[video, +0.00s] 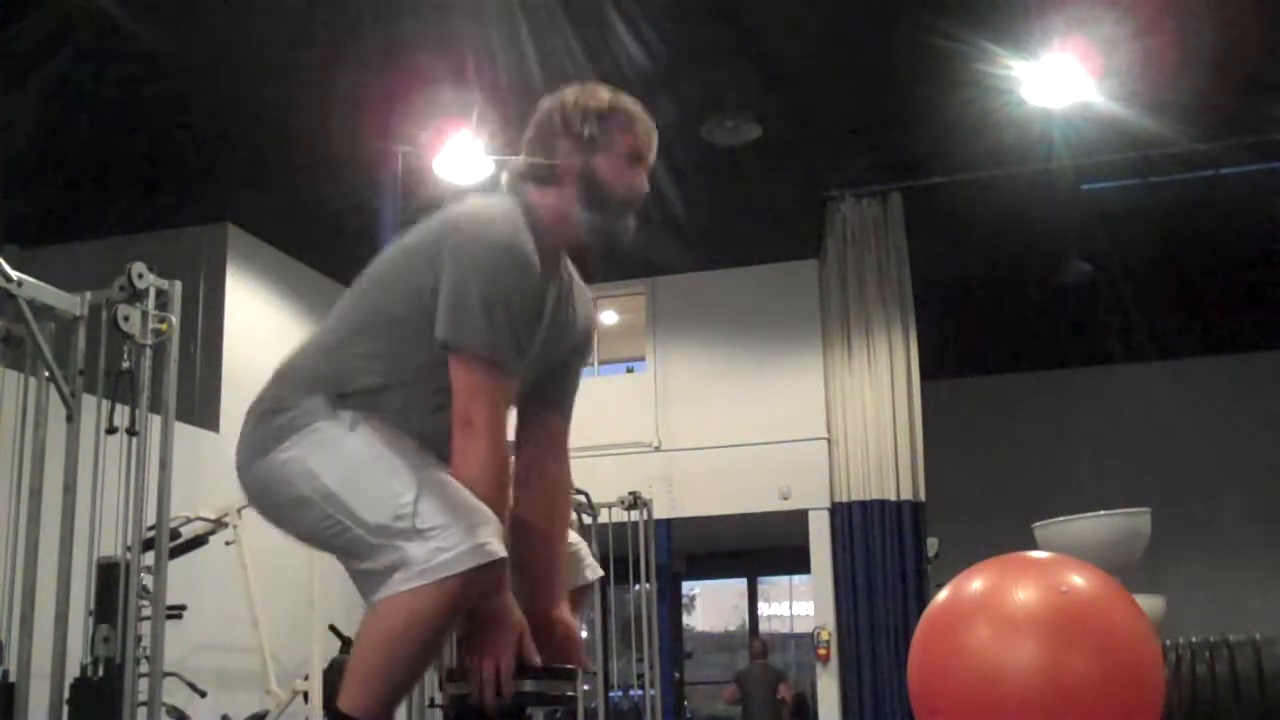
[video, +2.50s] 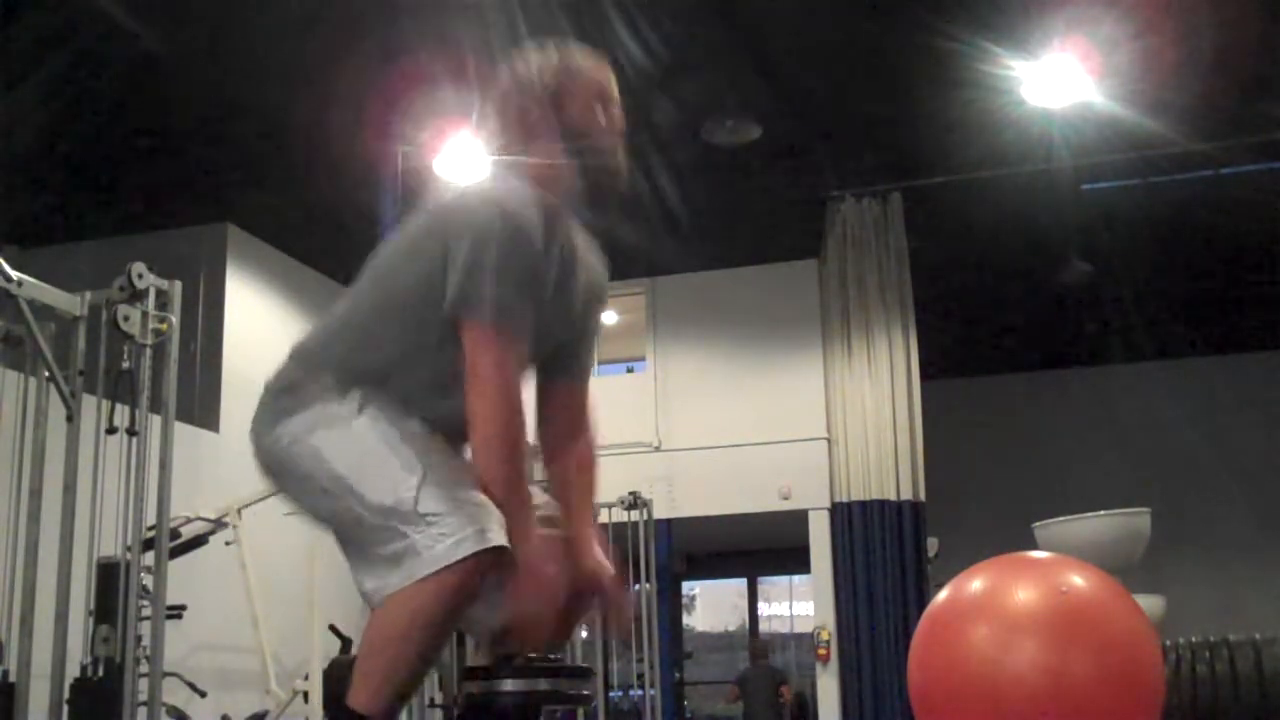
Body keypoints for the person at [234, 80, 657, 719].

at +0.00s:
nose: (645, 186)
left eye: (648, 168)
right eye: (632, 161)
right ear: (571, 154)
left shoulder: (572, 305)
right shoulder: (493, 237)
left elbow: (543, 460)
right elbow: (474, 430)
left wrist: (547, 605)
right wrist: (488, 601)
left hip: (397, 446)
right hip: (307, 427)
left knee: (566, 570)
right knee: (459, 548)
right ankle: (355, 709)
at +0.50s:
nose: (604, 192)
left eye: (601, 177)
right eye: (584, 174)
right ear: (527, 186)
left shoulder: (567, 342)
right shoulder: (477, 286)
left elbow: (541, 494)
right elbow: (468, 475)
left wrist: (540, 636)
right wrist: (477, 640)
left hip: (392, 497)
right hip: (291, 485)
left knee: (574, 576)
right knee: (456, 546)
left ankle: (484, 710)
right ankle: (355, 711)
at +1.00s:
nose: (554, 47)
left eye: (552, 31)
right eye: (533, 26)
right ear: (473, 38)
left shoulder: (530, 208)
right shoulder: (436, 142)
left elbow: (523, 352)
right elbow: (454, 320)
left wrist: (536, 485)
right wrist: (475, 472)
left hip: (389, 388)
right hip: (304, 371)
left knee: (505, 544)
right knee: (416, 528)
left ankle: (474, 703)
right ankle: (343, 712)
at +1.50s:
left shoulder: (523, 75)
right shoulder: (427, 8)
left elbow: (519, 211)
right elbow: (442, 158)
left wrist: (531, 337)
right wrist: (464, 308)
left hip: (452, 317)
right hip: (365, 300)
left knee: (462, 553)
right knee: (363, 533)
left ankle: (449, 711)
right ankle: (332, 711)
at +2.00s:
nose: (610, 118)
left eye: (605, 103)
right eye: (592, 100)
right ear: (533, 114)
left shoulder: (558, 280)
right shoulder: (469, 214)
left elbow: (542, 429)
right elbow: (474, 406)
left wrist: (545, 565)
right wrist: (491, 564)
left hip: (396, 429)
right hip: (299, 407)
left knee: (559, 563)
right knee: (432, 533)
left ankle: (477, 705)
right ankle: (345, 710)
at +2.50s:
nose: (607, 124)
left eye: (611, 106)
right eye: (587, 105)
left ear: (619, 123)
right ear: (531, 117)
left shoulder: (582, 263)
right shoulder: (499, 213)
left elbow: (568, 425)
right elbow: (491, 391)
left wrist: (584, 542)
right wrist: (526, 543)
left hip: (409, 426)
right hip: (321, 404)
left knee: (546, 564)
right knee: (455, 545)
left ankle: (358, 683)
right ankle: (362, 706)